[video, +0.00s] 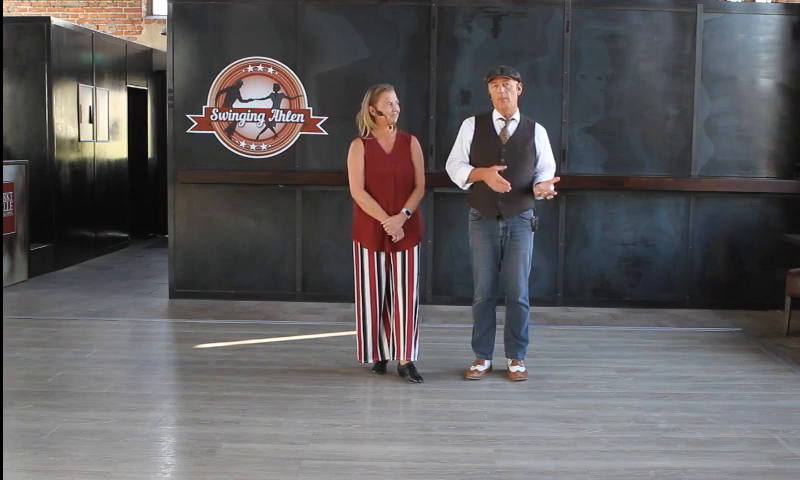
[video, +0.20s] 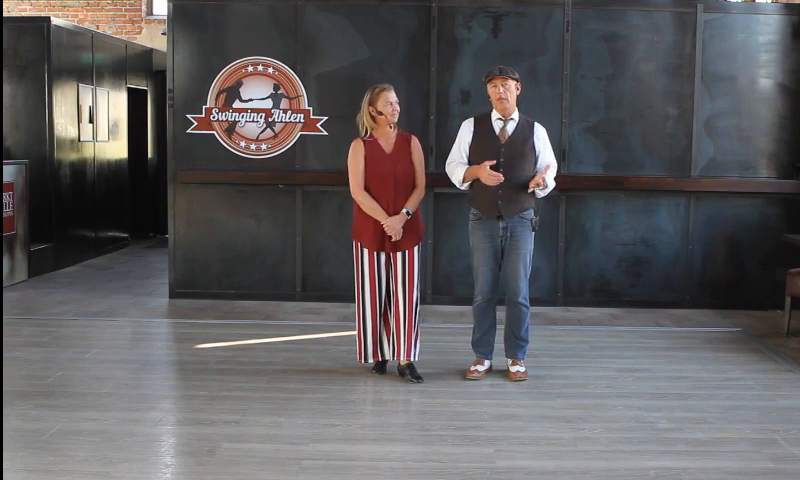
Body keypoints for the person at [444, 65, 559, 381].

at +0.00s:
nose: (501, 92)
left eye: (507, 86)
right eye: (496, 87)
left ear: (518, 90)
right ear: (489, 92)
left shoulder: (536, 131)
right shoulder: (472, 126)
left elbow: (545, 171)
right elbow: (454, 167)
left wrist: (542, 186)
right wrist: (482, 173)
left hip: (521, 219)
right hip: (482, 219)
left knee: (517, 293)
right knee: (484, 292)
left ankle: (516, 359)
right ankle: (482, 358)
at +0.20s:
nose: (500, 91)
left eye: (506, 86)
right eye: (495, 86)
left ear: (517, 89)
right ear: (488, 92)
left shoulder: (535, 130)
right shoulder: (471, 127)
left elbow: (549, 168)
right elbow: (453, 168)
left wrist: (542, 179)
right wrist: (475, 172)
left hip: (521, 219)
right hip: (482, 219)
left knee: (517, 292)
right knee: (484, 292)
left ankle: (516, 359)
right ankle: (482, 358)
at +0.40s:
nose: (498, 91)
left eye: (504, 86)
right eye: (493, 86)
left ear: (515, 89)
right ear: (486, 92)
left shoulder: (533, 130)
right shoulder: (470, 128)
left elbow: (549, 167)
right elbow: (454, 170)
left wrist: (537, 178)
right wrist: (472, 177)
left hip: (521, 219)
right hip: (482, 220)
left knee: (517, 292)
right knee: (484, 292)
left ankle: (516, 359)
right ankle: (482, 358)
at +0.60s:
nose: (496, 91)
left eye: (502, 85)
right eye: (491, 86)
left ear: (514, 90)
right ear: (485, 93)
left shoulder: (533, 129)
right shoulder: (469, 129)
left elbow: (550, 168)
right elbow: (453, 171)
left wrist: (536, 178)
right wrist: (470, 179)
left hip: (521, 218)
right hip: (482, 218)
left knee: (517, 292)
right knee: (484, 292)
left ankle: (516, 358)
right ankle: (482, 358)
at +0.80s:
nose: (494, 92)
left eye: (500, 86)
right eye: (490, 86)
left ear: (513, 91)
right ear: (484, 91)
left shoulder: (532, 129)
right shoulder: (469, 129)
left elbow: (551, 170)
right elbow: (451, 169)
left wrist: (534, 171)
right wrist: (459, 175)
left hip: (520, 219)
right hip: (482, 219)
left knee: (517, 292)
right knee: (484, 292)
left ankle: (516, 358)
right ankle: (482, 358)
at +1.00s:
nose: (495, 94)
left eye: (501, 88)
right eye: (491, 88)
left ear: (514, 93)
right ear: (485, 92)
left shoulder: (531, 129)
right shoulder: (469, 129)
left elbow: (549, 170)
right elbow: (454, 166)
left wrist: (527, 173)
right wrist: (455, 179)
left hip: (520, 220)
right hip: (481, 220)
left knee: (516, 292)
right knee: (483, 292)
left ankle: (516, 358)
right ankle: (482, 358)